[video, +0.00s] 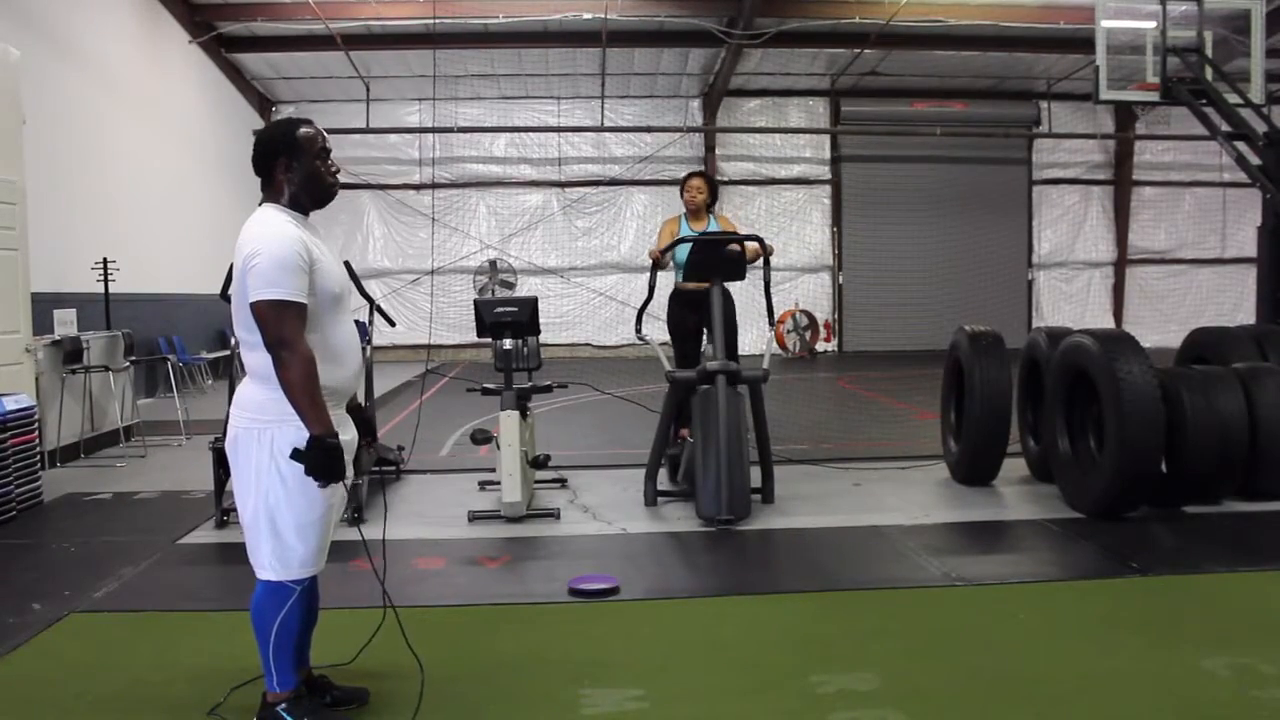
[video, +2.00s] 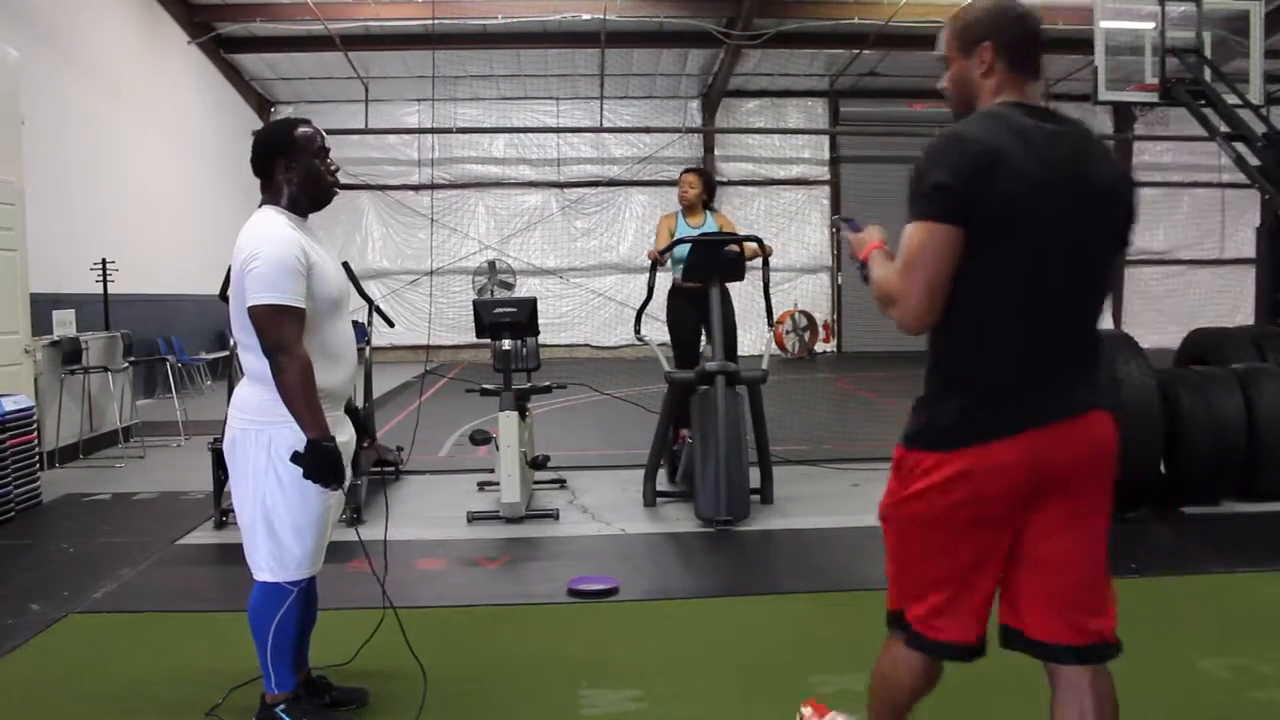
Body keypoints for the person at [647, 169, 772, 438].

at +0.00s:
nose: (692, 196)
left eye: (698, 191)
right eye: (687, 191)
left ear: (710, 197)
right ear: (681, 195)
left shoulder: (723, 224)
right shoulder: (673, 225)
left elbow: (740, 255)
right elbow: (663, 261)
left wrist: (758, 251)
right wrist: (657, 258)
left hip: (717, 298)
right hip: (684, 300)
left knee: (728, 359)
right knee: (686, 366)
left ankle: (730, 420)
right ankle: (683, 427)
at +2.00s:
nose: (684, 191)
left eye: (691, 187)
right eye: (681, 186)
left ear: (705, 193)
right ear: (677, 190)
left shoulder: (719, 220)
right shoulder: (668, 221)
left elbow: (740, 249)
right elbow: (664, 250)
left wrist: (758, 250)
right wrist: (657, 255)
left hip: (716, 296)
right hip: (683, 298)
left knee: (727, 358)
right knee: (686, 364)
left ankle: (728, 422)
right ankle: (683, 427)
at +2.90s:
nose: (697, 186)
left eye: (703, 182)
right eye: (692, 181)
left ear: (714, 187)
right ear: (685, 186)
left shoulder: (727, 217)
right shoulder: (676, 216)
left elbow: (741, 249)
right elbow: (665, 251)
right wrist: (658, 255)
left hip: (719, 294)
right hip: (686, 294)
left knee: (719, 357)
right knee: (689, 356)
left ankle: (718, 417)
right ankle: (683, 415)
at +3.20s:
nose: (692, 196)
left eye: (697, 191)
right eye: (687, 191)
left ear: (706, 197)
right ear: (677, 196)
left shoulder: (717, 224)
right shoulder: (668, 227)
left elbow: (726, 256)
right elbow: (658, 259)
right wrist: (657, 257)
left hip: (713, 300)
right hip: (681, 301)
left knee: (724, 360)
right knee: (684, 367)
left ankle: (722, 422)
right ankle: (681, 427)